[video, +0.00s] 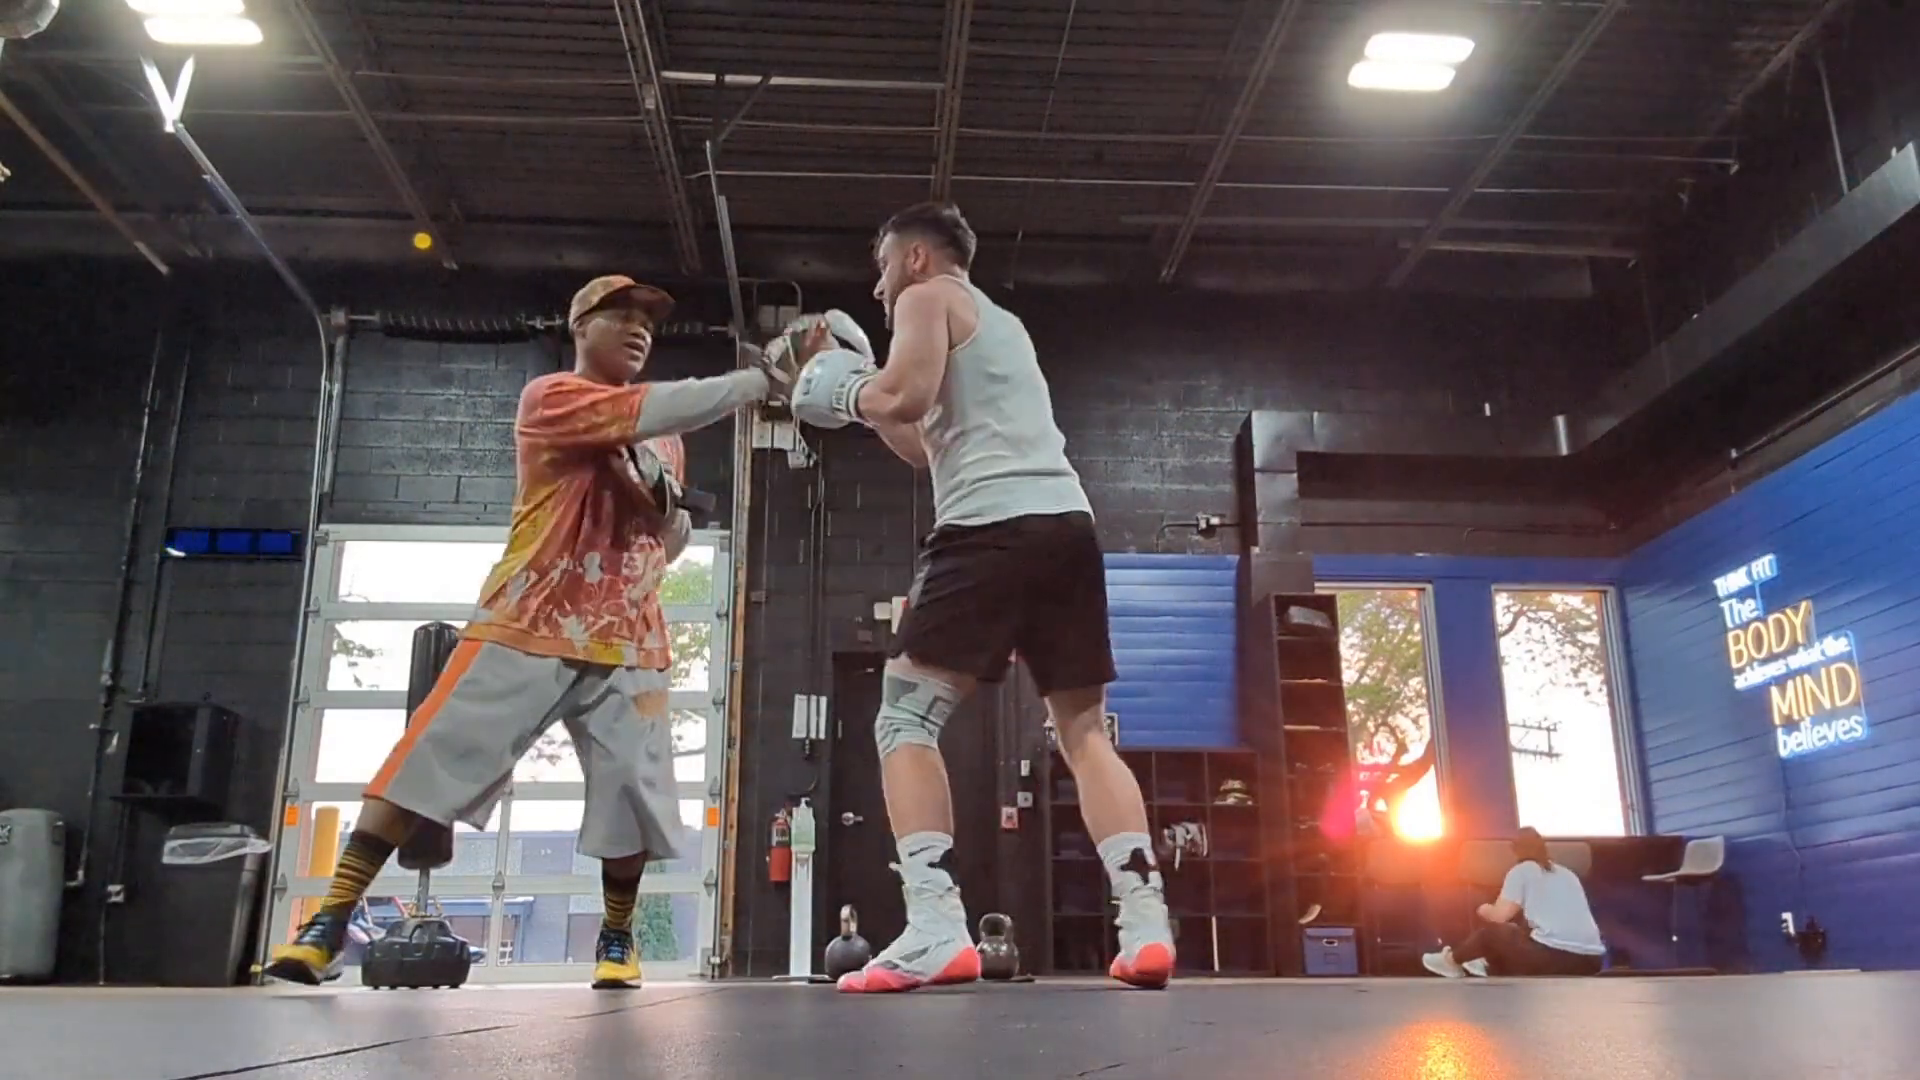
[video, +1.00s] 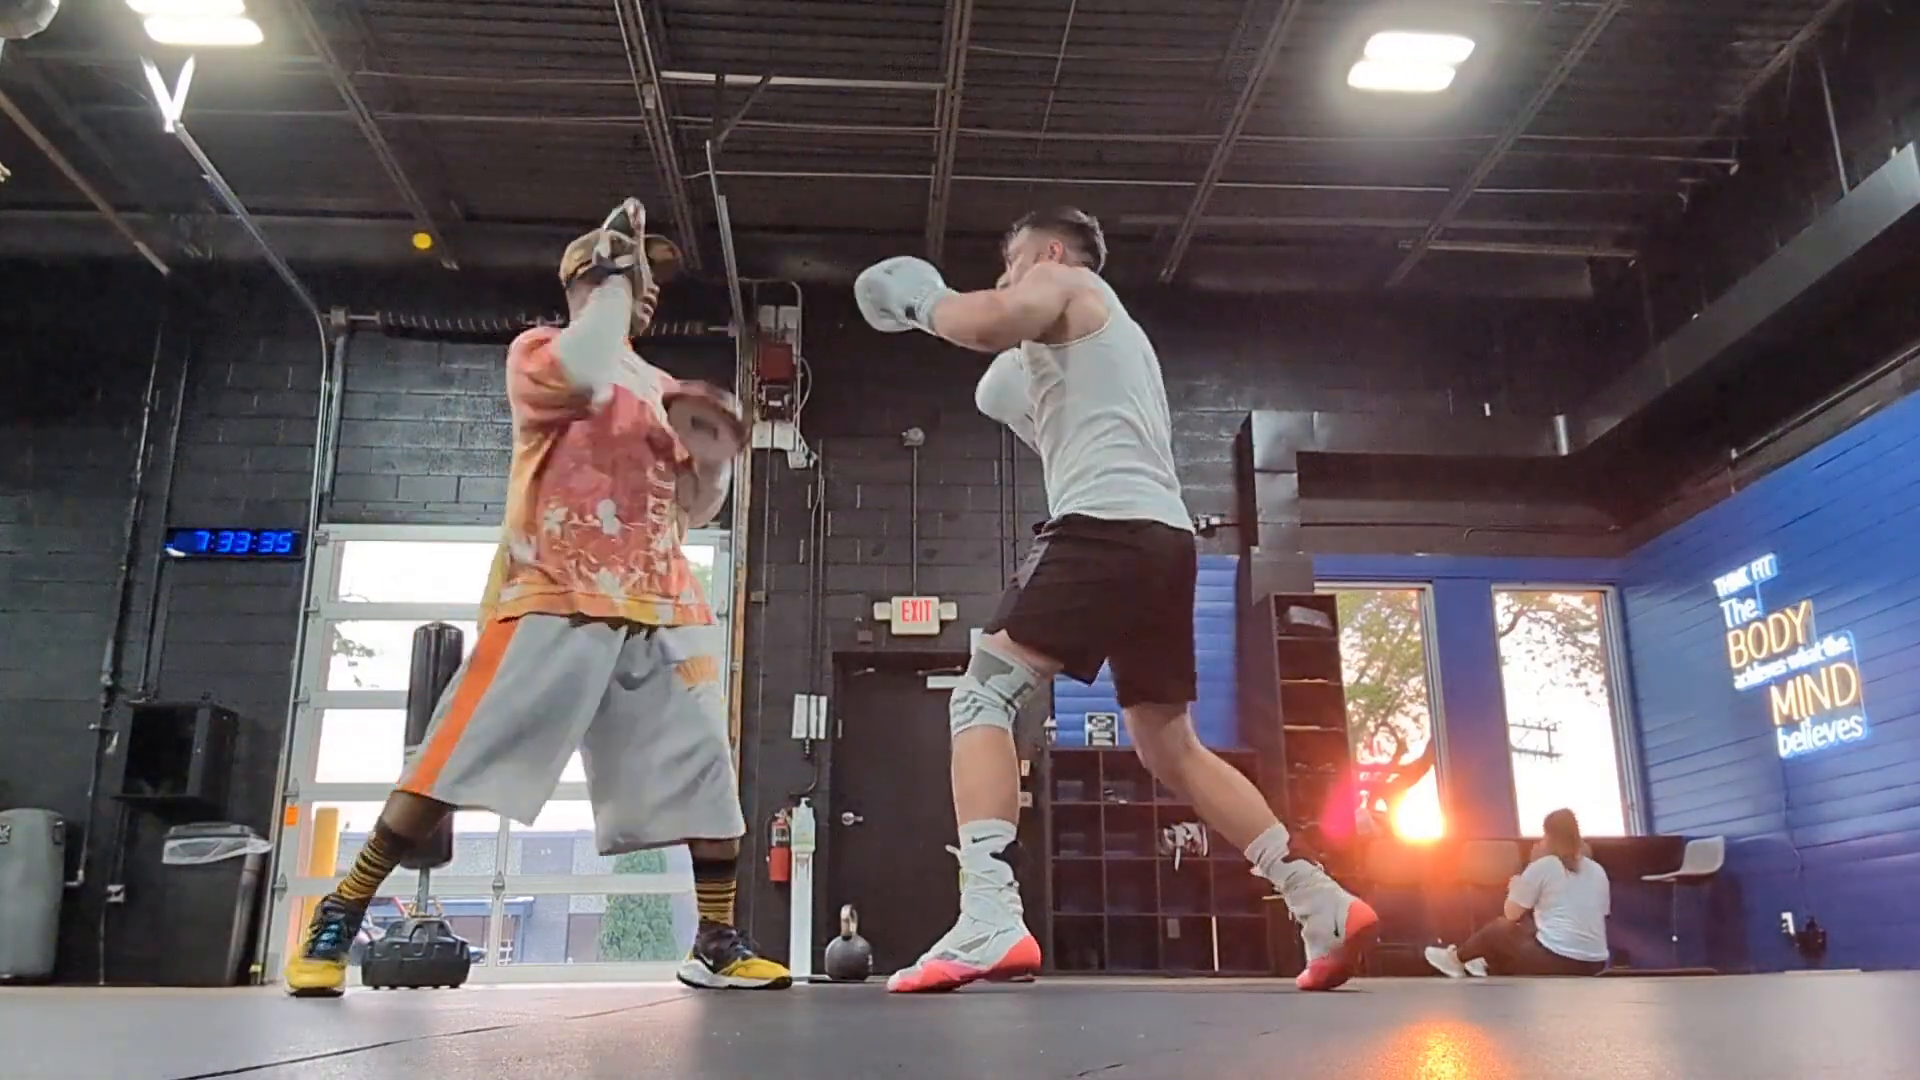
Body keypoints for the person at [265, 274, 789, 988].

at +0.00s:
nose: (640, 333)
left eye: (648, 326)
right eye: (624, 319)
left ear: (649, 342)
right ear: (581, 328)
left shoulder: (659, 433)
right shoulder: (548, 400)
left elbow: (669, 545)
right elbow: (655, 406)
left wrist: (668, 501)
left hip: (628, 637)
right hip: (530, 622)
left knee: (631, 786)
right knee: (430, 749)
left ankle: (618, 939)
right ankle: (330, 923)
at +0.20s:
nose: (555, 313)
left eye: (560, 305)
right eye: (536, 297)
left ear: (562, 325)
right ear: (489, 311)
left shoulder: (584, 418)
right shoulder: (454, 391)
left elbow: (662, 480)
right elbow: (514, 456)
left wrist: (655, 404)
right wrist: (633, 421)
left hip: (581, 629)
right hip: (475, 617)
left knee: (618, 781)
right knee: (392, 759)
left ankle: (611, 915)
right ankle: (281, 930)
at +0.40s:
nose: (528, 277)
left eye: (530, 267)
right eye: (509, 261)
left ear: (526, 286)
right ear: (459, 276)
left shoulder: (562, 371)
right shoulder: (418, 375)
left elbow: (659, 404)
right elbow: (447, 478)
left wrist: (628, 308)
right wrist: (569, 442)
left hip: (571, 591)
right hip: (458, 595)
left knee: (632, 748)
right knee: (371, 759)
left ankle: (643, 934)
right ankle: (279, 933)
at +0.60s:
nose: (558, 252)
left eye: (563, 243)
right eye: (538, 238)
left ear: (567, 265)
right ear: (488, 255)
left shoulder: (610, 339)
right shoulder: (448, 355)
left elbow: (710, 349)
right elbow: (448, 443)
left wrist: (761, 274)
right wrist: (544, 374)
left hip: (601, 583)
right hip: (483, 581)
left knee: (638, 744)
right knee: (410, 727)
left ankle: (651, 932)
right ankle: (314, 916)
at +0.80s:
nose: (585, 258)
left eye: (590, 250)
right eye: (568, 243)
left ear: (590, 272)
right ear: (516, 256)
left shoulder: (631, 357)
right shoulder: (465, 347)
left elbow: (728, 376)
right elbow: (446, 418)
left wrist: (751, 279)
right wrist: (550, 341)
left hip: (612, 586)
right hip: (490, 589)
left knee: (678, 734)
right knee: (417, 742)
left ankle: (697, 925)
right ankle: (333, 930)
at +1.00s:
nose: (630, 299)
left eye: (638, 288)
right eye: (613, 284)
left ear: (648, 304)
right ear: (577, 290)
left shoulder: (658, 387)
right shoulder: (536, 351)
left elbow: (691, 510)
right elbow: (588, 369)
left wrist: (716, 455)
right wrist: (617, 280)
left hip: (659, 608)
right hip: (551, 597)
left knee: (707, 766)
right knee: (453, 756)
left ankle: (718, 940)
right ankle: (342, 913)